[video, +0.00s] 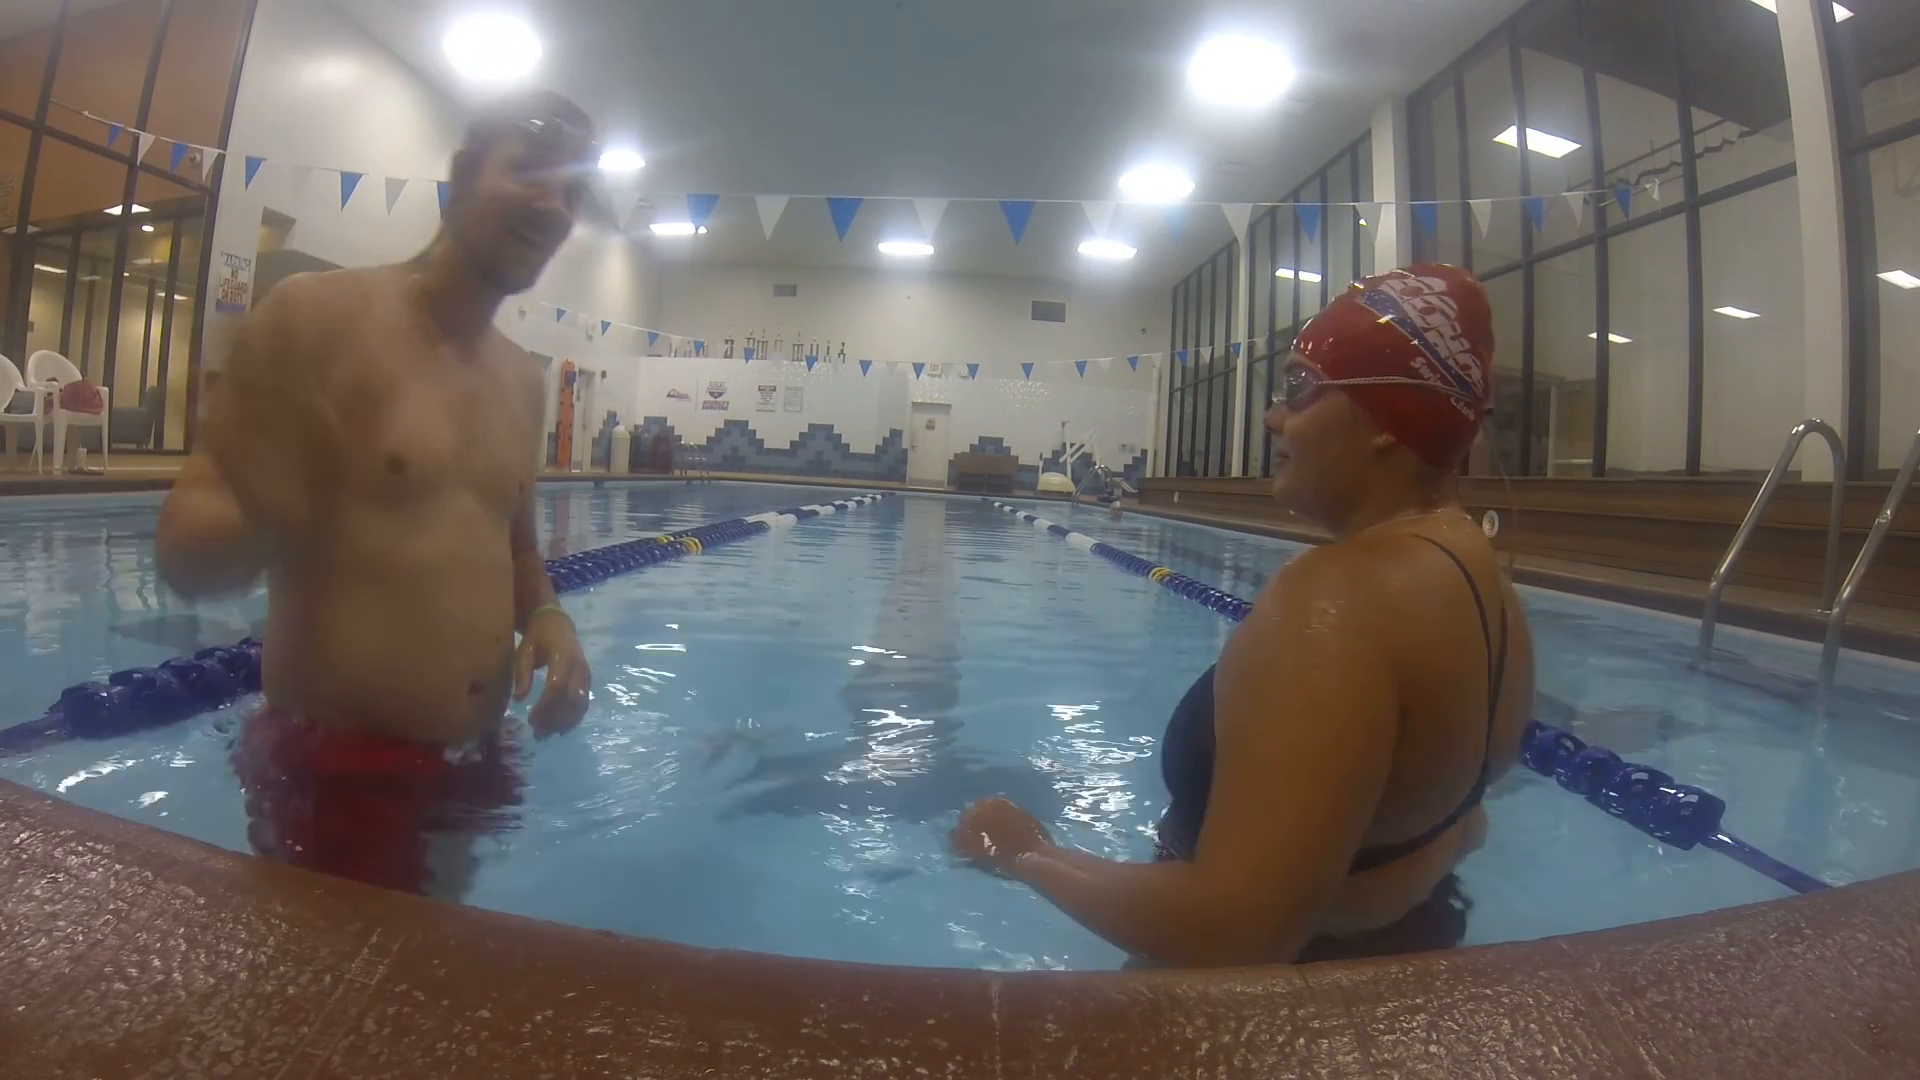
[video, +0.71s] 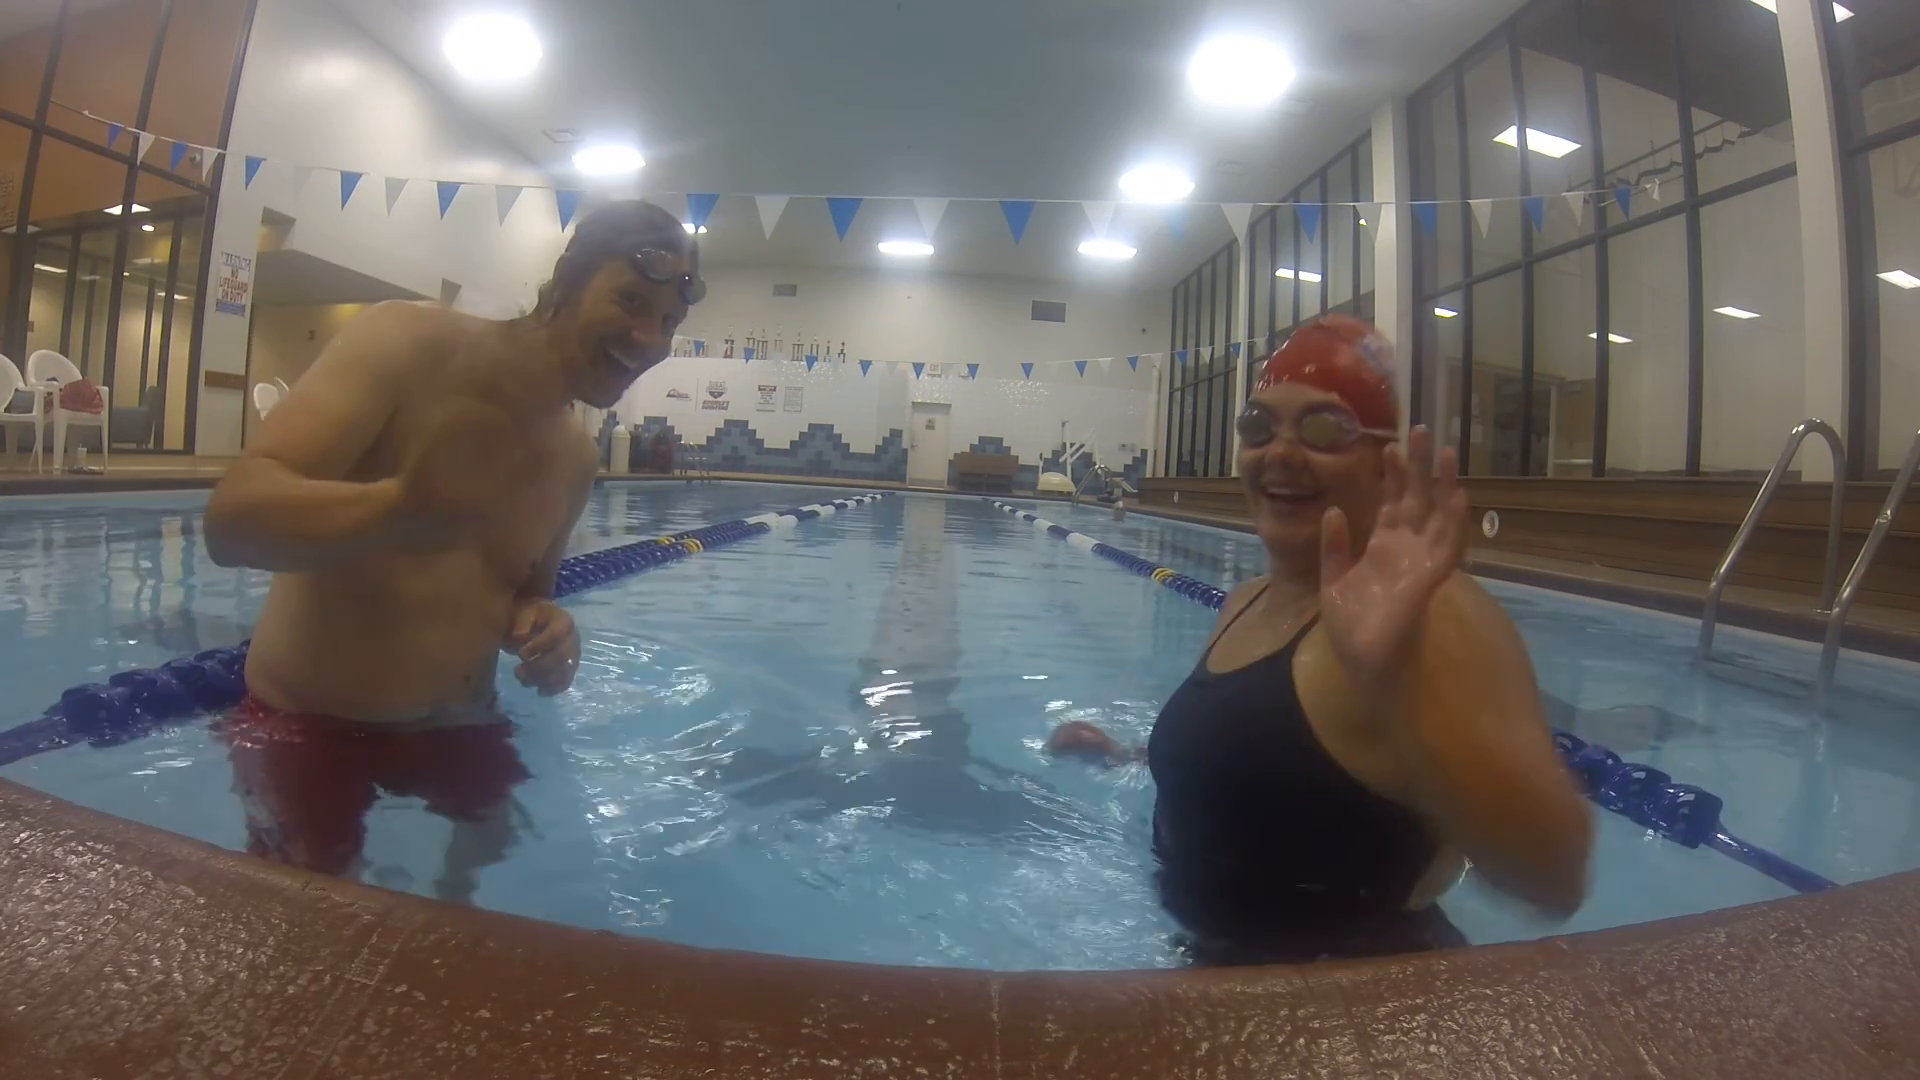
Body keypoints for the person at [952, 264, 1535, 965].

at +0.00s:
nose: (1276, 418)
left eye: (1305, 393)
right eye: (1289, 390)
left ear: (1385, 428)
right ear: (1388, 429)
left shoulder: (1333, 602)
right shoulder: (1473, 561)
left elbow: (1238, 925)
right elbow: (1491, 760)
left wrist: (1029, 857)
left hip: (1268, 986)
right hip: (1405, 955)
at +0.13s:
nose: (1272, 414)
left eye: (1302, 387)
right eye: (1284, 386)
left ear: (1390, 427)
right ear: (1388, 429)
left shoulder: (1352, 610)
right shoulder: (1455, 560)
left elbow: (1274, 935)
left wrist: (1045, 867)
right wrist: (1206, 870)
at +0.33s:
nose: (1266, 418)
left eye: (1306, 394)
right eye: (1275, 396)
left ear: (1401, 438)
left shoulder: (1404, 627)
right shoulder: (1372, 589)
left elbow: (1375, 948)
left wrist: (1095, 860)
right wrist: (1203, 761)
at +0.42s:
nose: (1269, 420)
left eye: (1313, 396)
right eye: (1270, 395)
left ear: (1407, 440)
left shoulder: (1420, 633)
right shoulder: (1346, 585)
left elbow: (1417, 939)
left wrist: (1135, 833)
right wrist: (1192, 773)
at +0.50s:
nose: (1279, 427)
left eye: (1323, 405)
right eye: (1270, 404)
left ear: (1406, 445)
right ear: (1254, 420)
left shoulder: (1431, 635)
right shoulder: (1322, 584)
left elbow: (1452, 921)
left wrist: (1212, 788)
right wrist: (1174, 758)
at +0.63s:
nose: (1282, 443)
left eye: (1326, 420)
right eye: (1264, 417)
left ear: (1394, 452)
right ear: (1244, 435)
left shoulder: (1433, 619)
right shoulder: (1278, 597)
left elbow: (1508, 908)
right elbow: (1260, 774)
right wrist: (1135, 755)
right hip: (1220, 993)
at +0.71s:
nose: (1280, 454)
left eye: (1324, 429)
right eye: (1259, 426)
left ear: (1389, 460)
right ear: (1240, 446)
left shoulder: (1438, 614)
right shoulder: (1252, 600)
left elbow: (1555, 878)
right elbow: (1256, 779)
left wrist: (1397, 686)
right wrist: (1123, 758)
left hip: (1361, 1010)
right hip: (1223, 990)